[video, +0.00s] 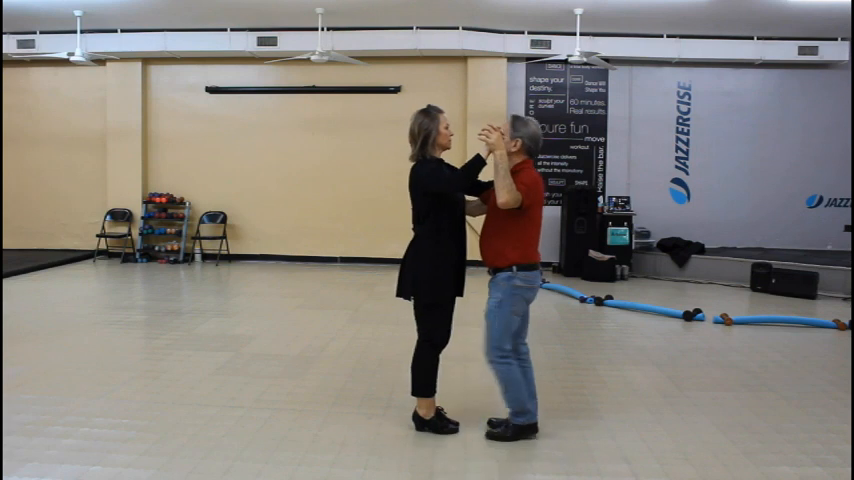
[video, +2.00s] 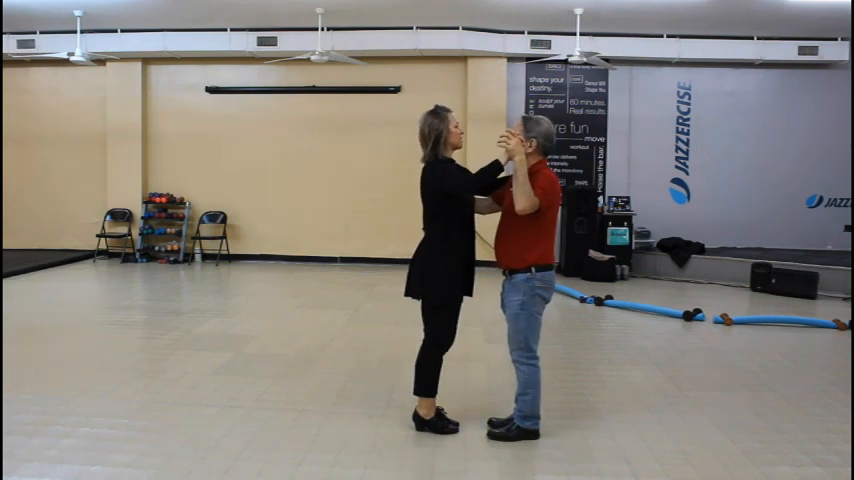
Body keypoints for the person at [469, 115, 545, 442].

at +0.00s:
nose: (495, 140)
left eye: (501, 135)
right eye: (496, 135)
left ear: (515, 144)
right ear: (515, 145)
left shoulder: (529, 177)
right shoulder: (509, 178)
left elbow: (506, 200)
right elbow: (472, 207)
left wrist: (499, 154)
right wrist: (440, 194)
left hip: (515, 276)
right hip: (511, 274)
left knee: (499, 351)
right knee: (514, 348)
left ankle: (522, 420)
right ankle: (524, 417)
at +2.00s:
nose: (509, 139)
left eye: (514, 135)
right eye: (510, 134)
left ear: (530, 144)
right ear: (529, 145)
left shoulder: (545, 178)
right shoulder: (520, 179)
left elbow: (524, 205)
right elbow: (484, 205)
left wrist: (518, 160)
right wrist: (450, 193)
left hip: (532, 277)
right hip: (517, 276)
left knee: (525, 354)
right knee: (520, 353)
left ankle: (527, 423)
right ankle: (522, 416)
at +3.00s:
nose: (501, 147)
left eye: (507, 141)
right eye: (502, 141)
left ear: (525, 146)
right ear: (525, 146)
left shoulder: (544, 179)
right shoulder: (519, 180)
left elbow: (521, 208)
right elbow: (481, 204)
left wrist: (514, 163)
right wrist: (448, 191)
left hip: (529, 278)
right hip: (514, 276)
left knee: (522, 353)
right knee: (516, 352)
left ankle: (527, 423)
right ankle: (522, 415)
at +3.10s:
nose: (500, 147)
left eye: (506, 142)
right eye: (502, 141)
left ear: (524, 147)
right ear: (523, 147)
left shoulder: (541, 179)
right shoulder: (517, 181)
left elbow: (520, 209)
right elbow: (478, 205)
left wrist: (512, 165)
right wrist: (445, 192)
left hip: (528, 278)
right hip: (513, 277)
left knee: (519, 353)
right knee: (515, 352)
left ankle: (527, 422)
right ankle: (521, 415)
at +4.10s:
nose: (464, 147)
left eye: (470, 143)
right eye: (466, 141)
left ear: (488, 150)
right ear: (488, 151)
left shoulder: (504, 186)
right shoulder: (479, 185)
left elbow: (479, 218)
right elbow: (440, 211)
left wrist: (463, 177)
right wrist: (403, 202)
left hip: (494, 282)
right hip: (488, 280)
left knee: (463, 354)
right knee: (493, 351)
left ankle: (444, 430)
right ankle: (516, 417)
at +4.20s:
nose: (470, 146)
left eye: (476, 141)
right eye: (472, 140)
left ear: (495, 148)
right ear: (495, 148)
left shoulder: (512, 183)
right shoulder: (486, 181)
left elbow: (489, 215)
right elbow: (450, 208)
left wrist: (473, 174)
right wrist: (413, 198)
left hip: (502, 279)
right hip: (496, 277)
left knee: (472, 352)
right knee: (500, 349)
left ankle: (457, 427)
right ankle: (516, 417)